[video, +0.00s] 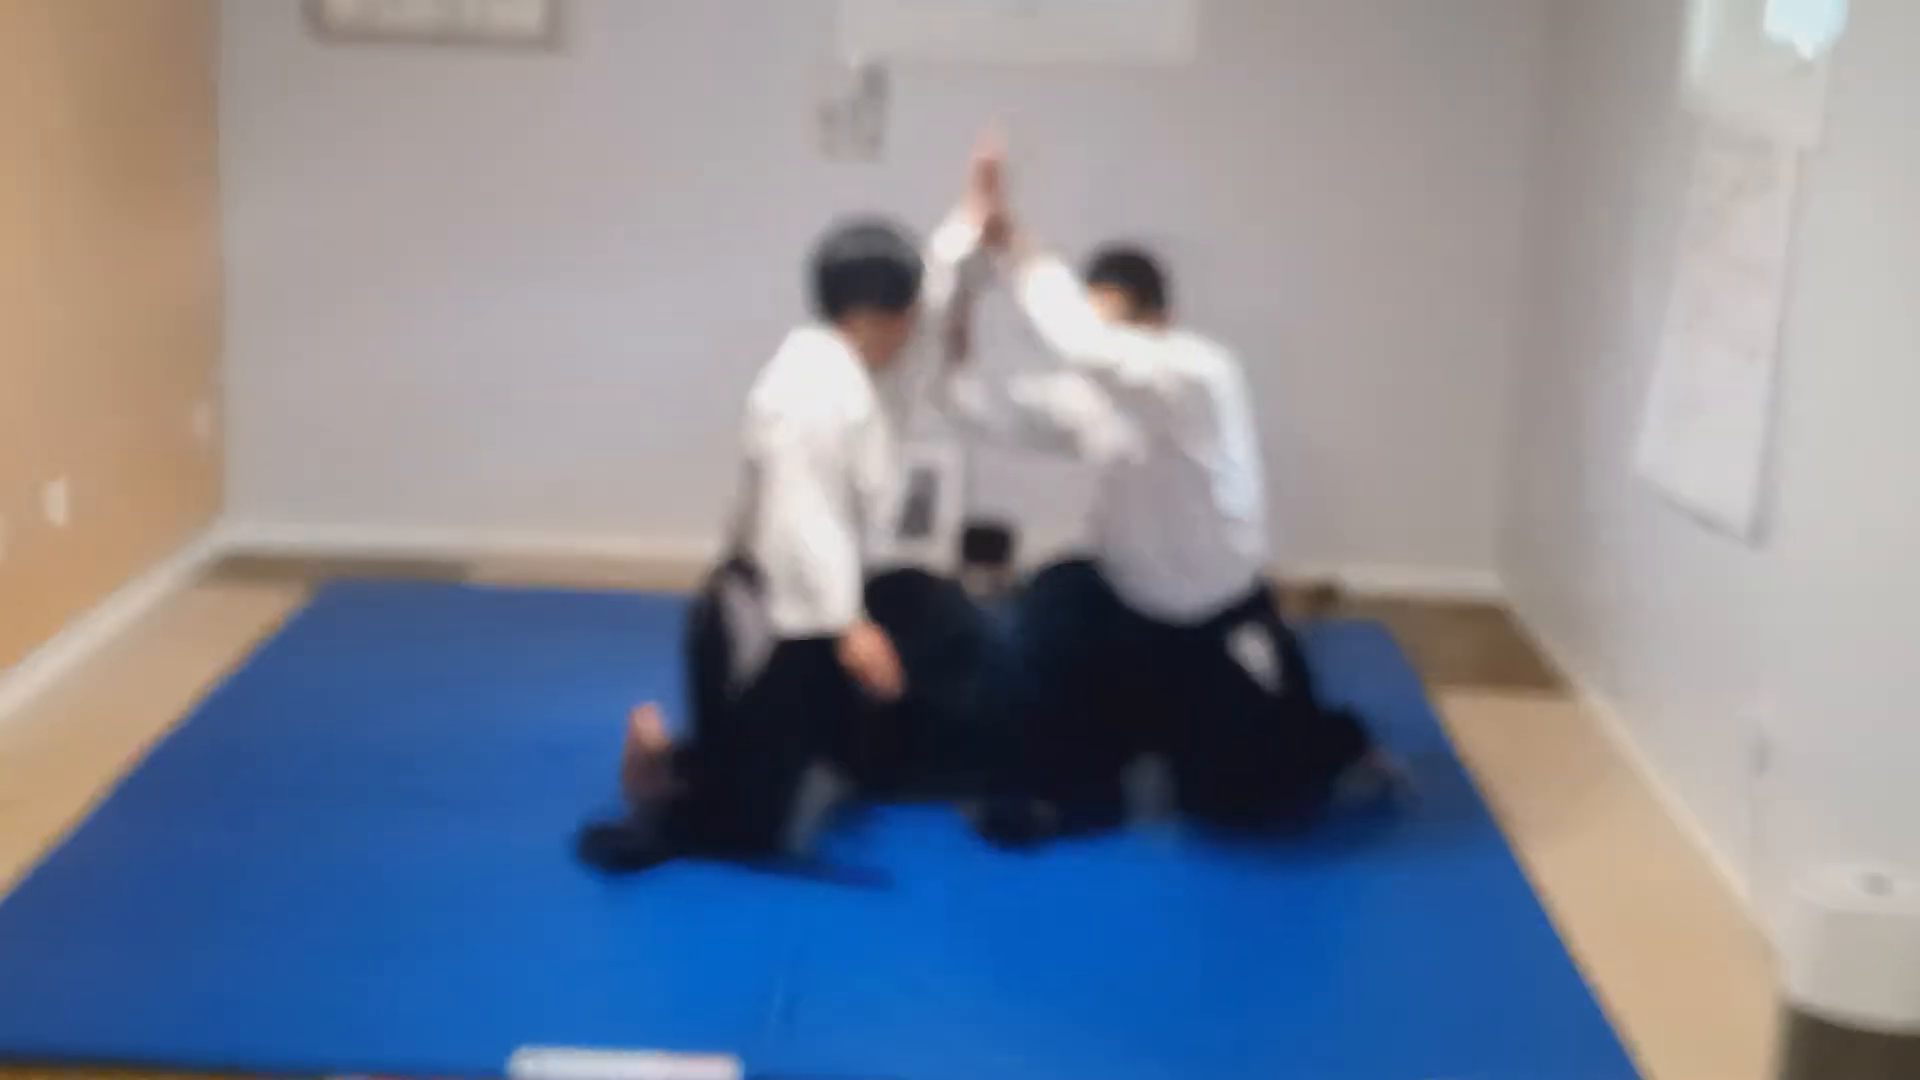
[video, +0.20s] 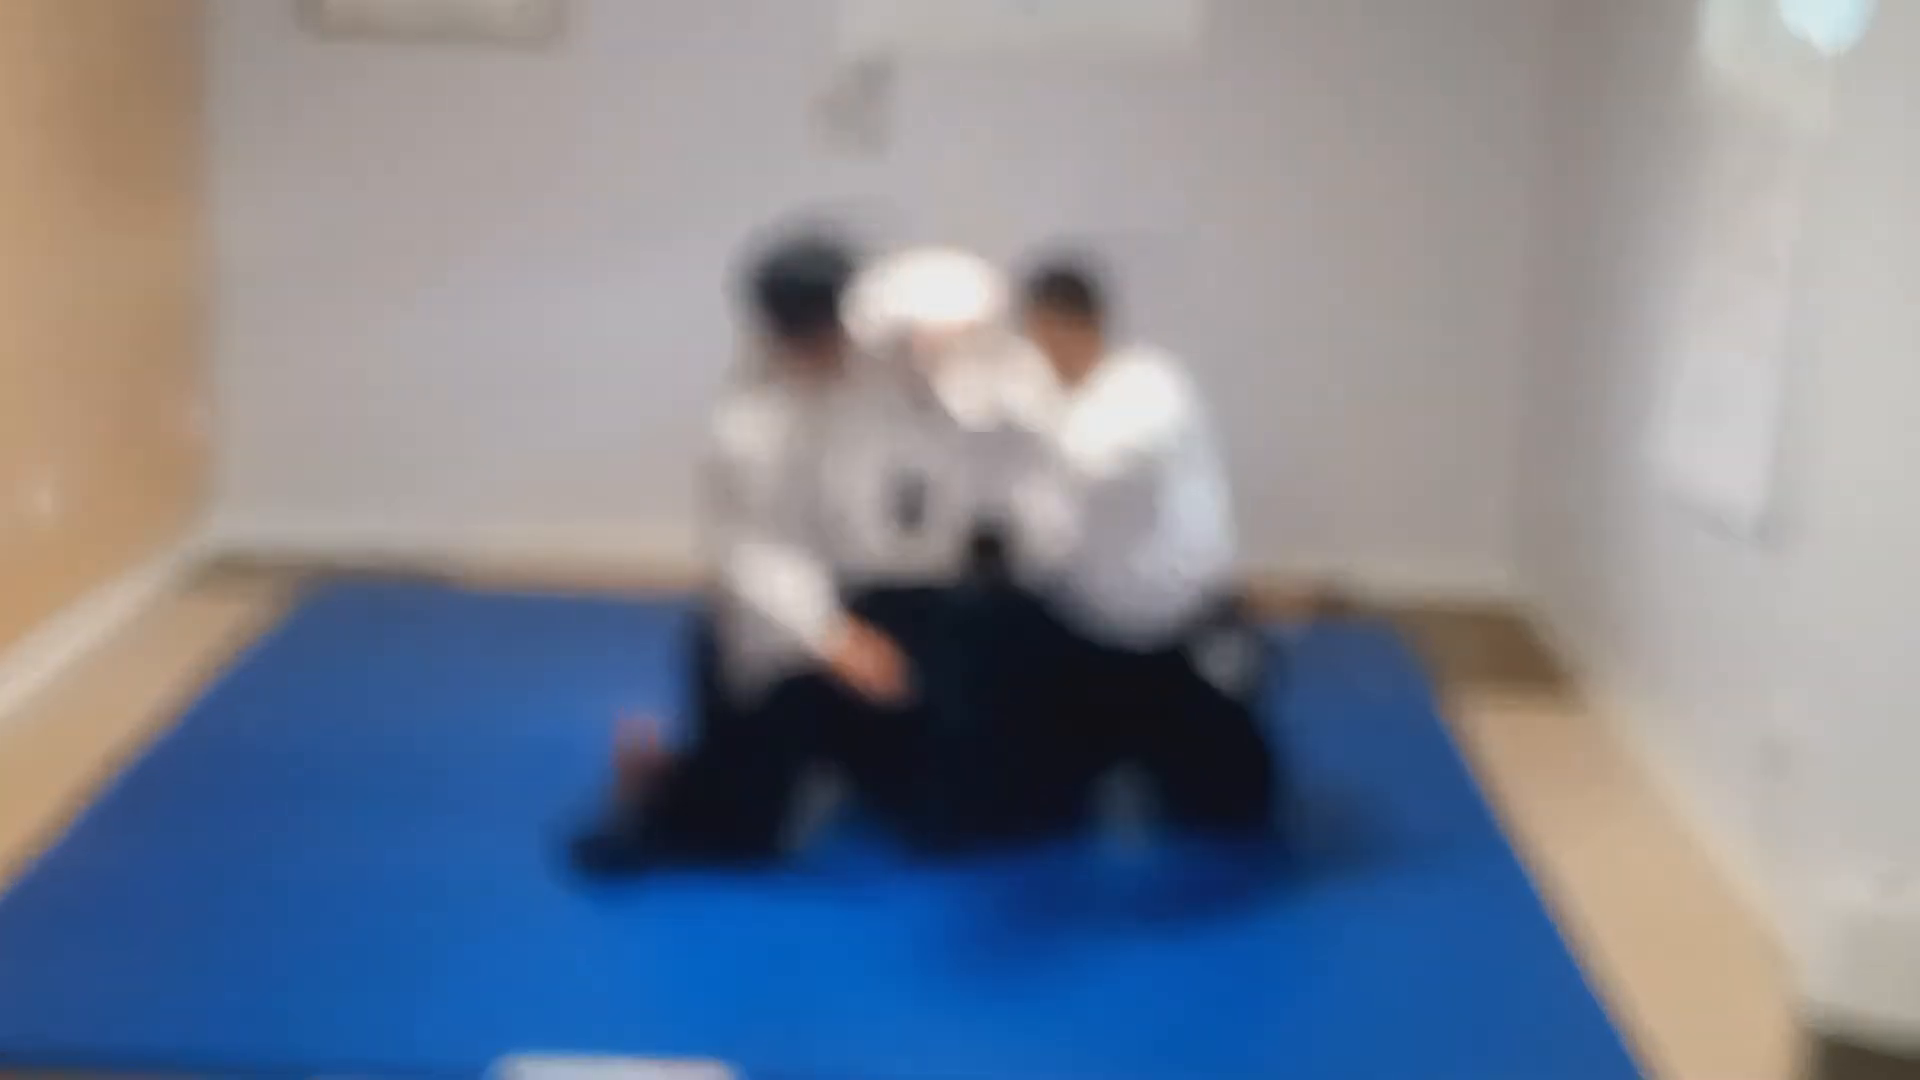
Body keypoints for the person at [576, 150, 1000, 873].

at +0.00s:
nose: (912, 324)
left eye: (911, 309)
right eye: (907, 308)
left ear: (852, 303)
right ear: (872, 310)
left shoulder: (836, 365)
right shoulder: (815, 381)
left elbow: (912, 300)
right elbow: (800, 509)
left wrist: (968, 222)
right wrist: (847, 621)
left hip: (806, 597)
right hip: (771, 612)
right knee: (758, 822)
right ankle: (663, 776)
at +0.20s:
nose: (808, 348)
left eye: (819, 327)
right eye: (793, 330)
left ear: (844, 316)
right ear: (772, 325)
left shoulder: (908, 396)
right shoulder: (754, 419)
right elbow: (749, 547)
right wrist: (830, 634)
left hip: (949, 610)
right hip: (834, 610)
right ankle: (668, 798)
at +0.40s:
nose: (806, 444)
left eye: (805, 426)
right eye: (786, 441)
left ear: (806, 403)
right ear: (744, 449)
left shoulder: (839, 416)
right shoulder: (709, 501)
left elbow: (920, 438)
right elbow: (706, 630)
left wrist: (952, 529)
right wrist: (791, 649)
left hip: (828, 614)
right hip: (742, 644)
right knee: (756, 818)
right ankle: (678, 742)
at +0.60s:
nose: (794, 589)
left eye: (789, 581)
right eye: (773, 591)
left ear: (791, 548)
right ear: (727, 590)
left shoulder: (814, 527)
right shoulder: (685, 607)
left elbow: (922, 559)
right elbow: (694, 725)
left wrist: (1013, 658)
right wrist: (720, 846)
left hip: (777, 667)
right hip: (697, 677)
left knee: (776, 815)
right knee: (697, 822)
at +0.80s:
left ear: (813, 676)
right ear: (738, 713)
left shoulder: (826, 619)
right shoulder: (681, 657)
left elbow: (929, 626)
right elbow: (678, 781)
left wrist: (1020, 681)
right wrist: (694, 918)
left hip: (749, 557)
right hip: (662, 606)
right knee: (763, 823)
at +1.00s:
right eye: (786, 759)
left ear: (813, 681)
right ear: (737, 716)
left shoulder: (822, 623)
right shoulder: (679, 665)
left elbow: (912, 633)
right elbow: (675, 791)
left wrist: (1005, 685)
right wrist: (695, 918)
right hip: (667, 598)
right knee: (764, 828)